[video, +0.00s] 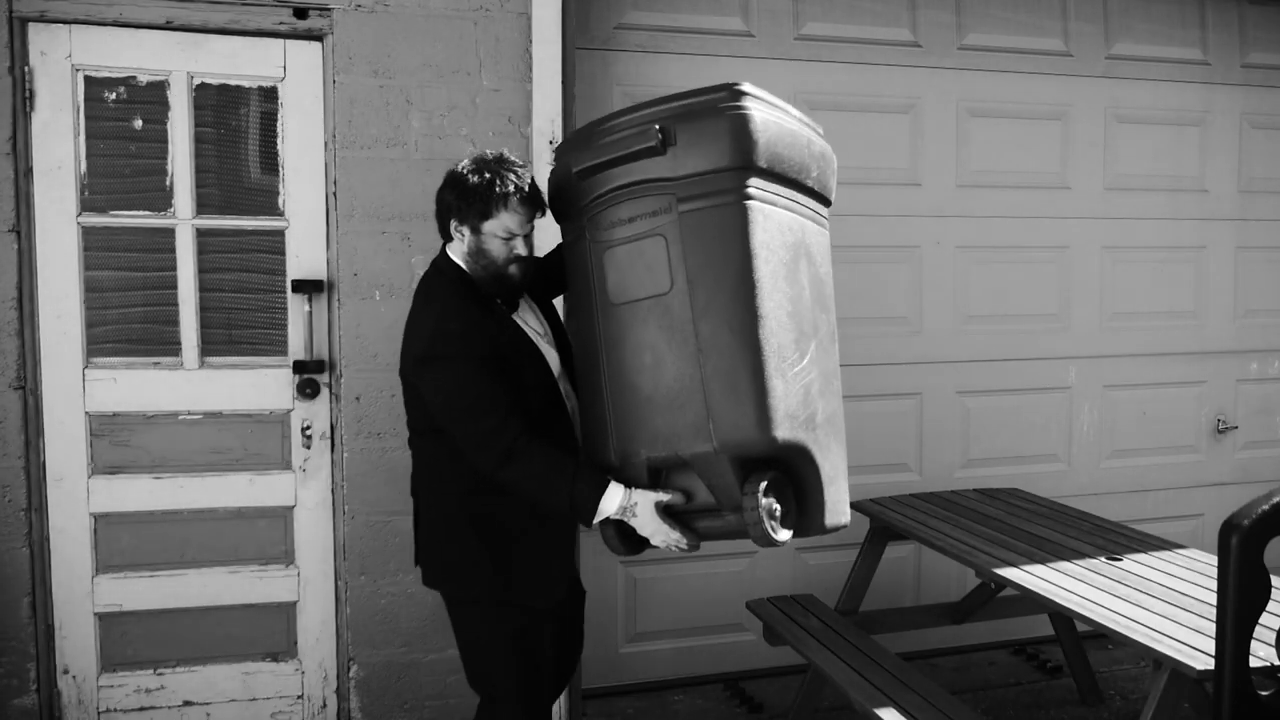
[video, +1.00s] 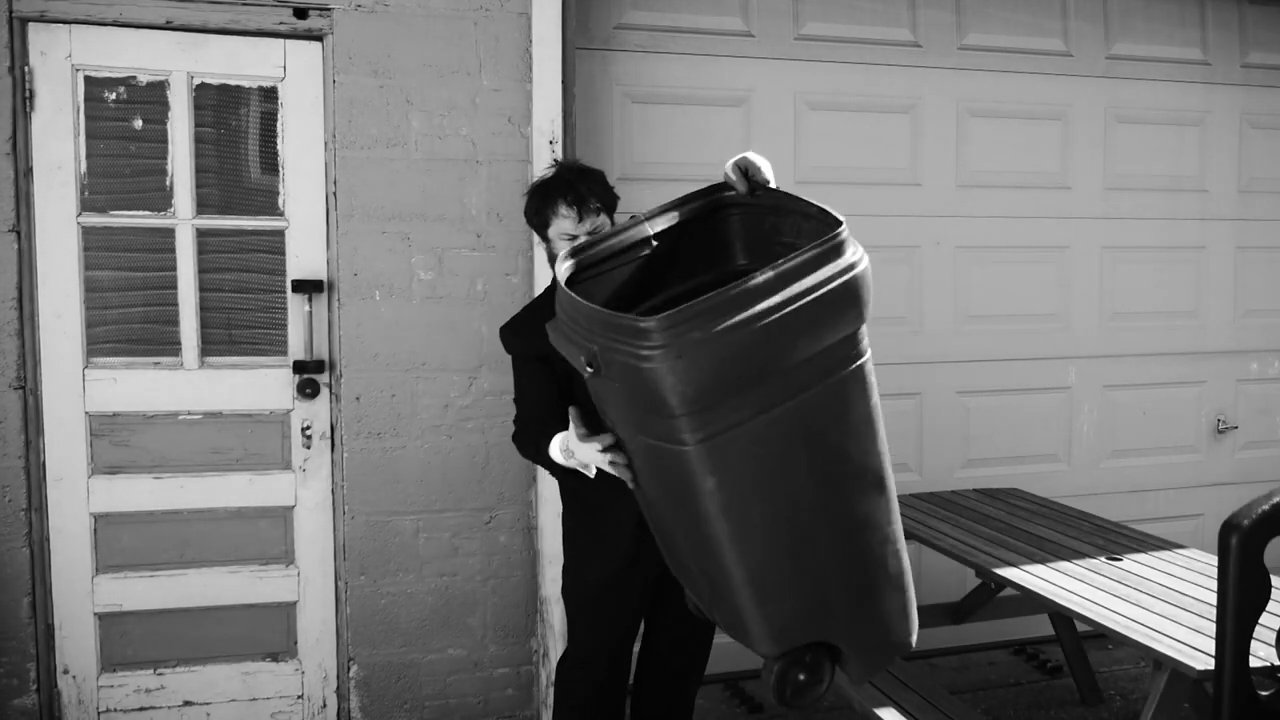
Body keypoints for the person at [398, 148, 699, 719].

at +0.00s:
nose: (525, 249)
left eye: (528, 234)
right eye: (509, 239)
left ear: (532, 219)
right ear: (460, 233)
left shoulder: (506, 280)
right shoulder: (443, 325)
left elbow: (579, 259)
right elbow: (503, 450)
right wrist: (619, 501)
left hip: (537, 534)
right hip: (488, 553)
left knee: (549, 678)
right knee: (513, 696)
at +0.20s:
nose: (545, 249)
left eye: (550, 232)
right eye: (527, 239)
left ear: (559, 219)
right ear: (481, 234)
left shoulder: (558, 271)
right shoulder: (465, 326)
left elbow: (639, 252)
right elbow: (512, 453)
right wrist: (624, 513)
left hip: (578, 537)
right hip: (515, 554)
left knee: (602, 657)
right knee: (531, 694)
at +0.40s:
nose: (560, 253)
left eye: (567, 236)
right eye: (541, 243)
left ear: (579, 221)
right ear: (501, 240)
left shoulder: (597, 267)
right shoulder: (483, 334)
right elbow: (520, 454)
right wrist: (616, 519)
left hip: (616, 542)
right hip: (538, 556)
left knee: (635, 698)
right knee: (536, 706)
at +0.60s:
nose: (583, 252)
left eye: (590, 236)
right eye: (565, 242)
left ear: (604, 227)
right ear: (529, 241)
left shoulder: (630, 295)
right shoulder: (511, 336)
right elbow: (537, 454)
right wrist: (614, 521)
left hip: (660, 539)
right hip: (575, 550)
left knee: (655, 694)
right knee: (562, 698)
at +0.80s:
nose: (587, 248)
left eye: (596, 232)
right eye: (570, 238)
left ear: (616, 224)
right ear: (542, 240)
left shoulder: (652, 293)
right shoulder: (530, 327)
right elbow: (539, 437)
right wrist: (598, 485)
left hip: (678, 524)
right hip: (594, 535)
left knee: (666, 685)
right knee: (591, 682)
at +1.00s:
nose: (585, 249)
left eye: (595, 233)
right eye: (568, 241)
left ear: (618, 223)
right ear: (546, 247)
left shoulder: (666, 288)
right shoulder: (535, 330)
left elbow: (732, 270)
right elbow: (531, 430)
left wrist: (748, 203)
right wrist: (565, 450)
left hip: (691, 522)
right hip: (603, 532)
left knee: (673, 684)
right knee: (593, 683)